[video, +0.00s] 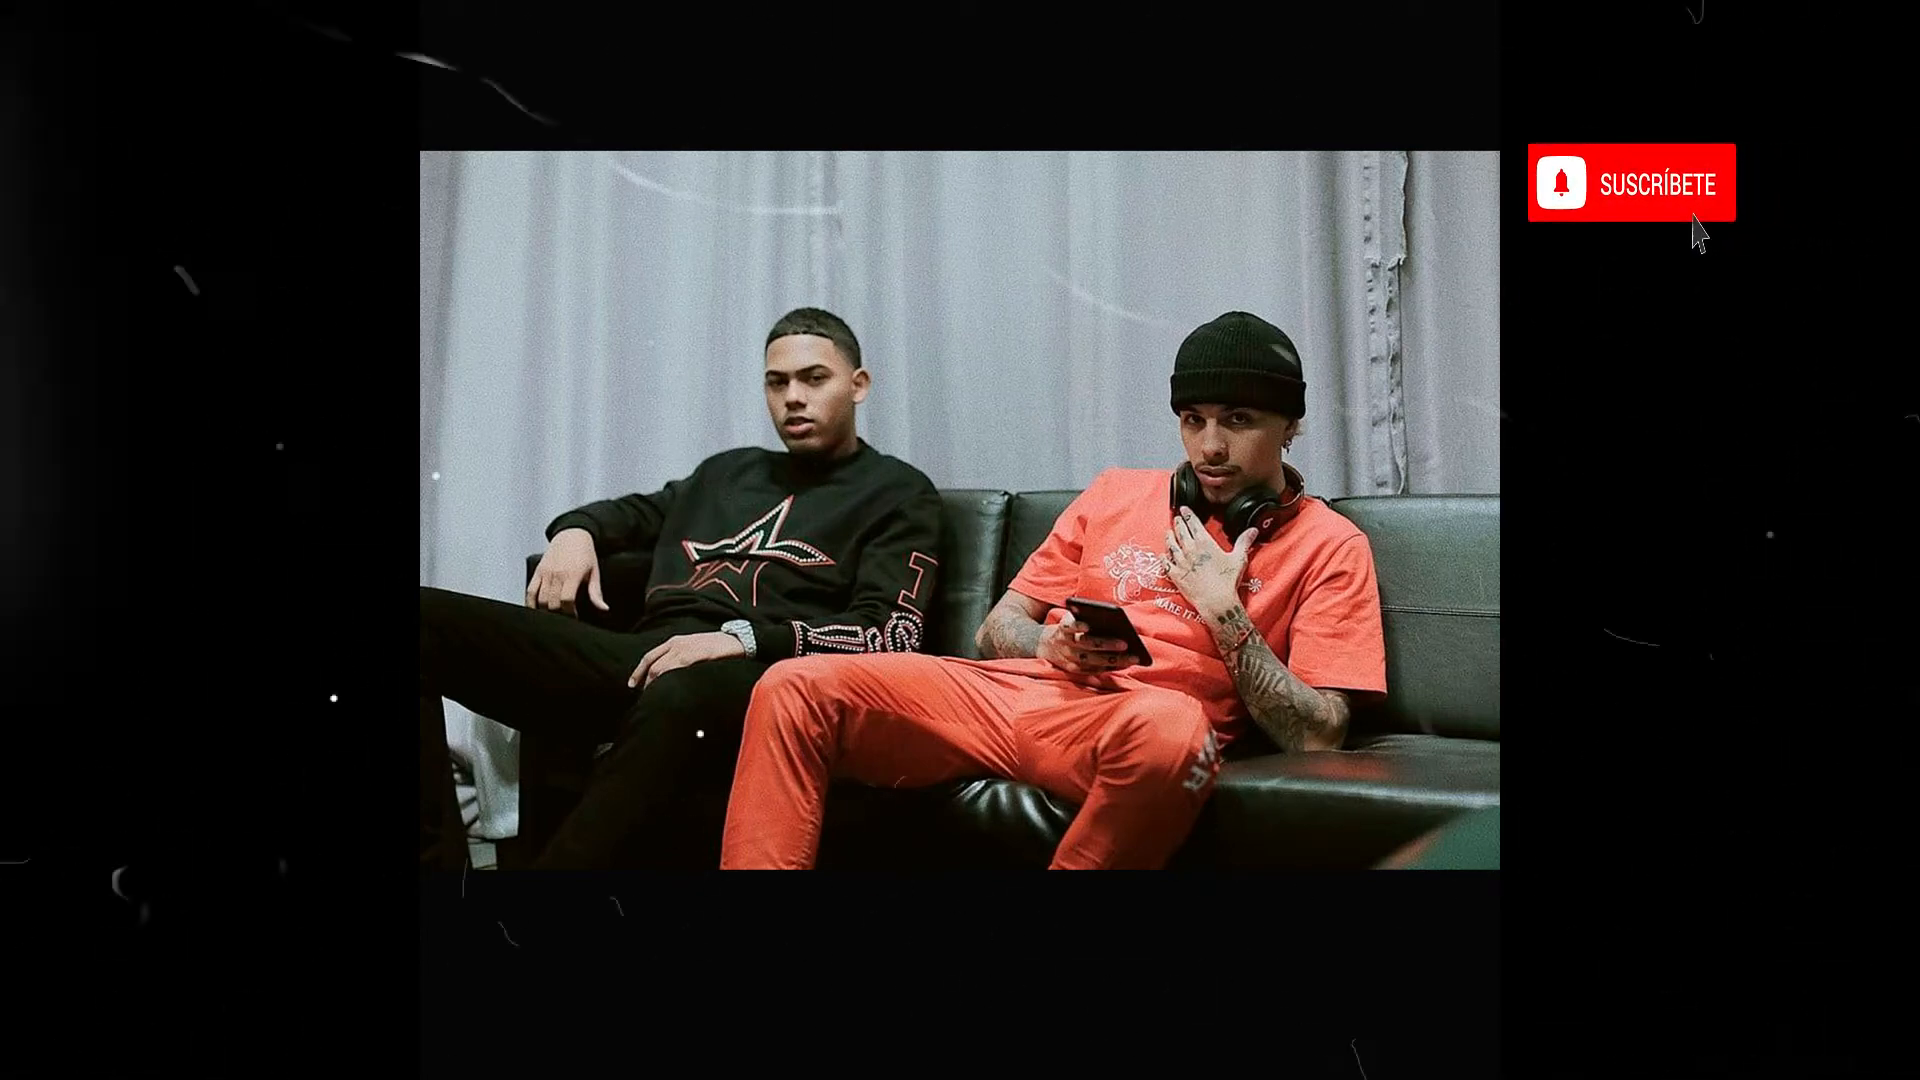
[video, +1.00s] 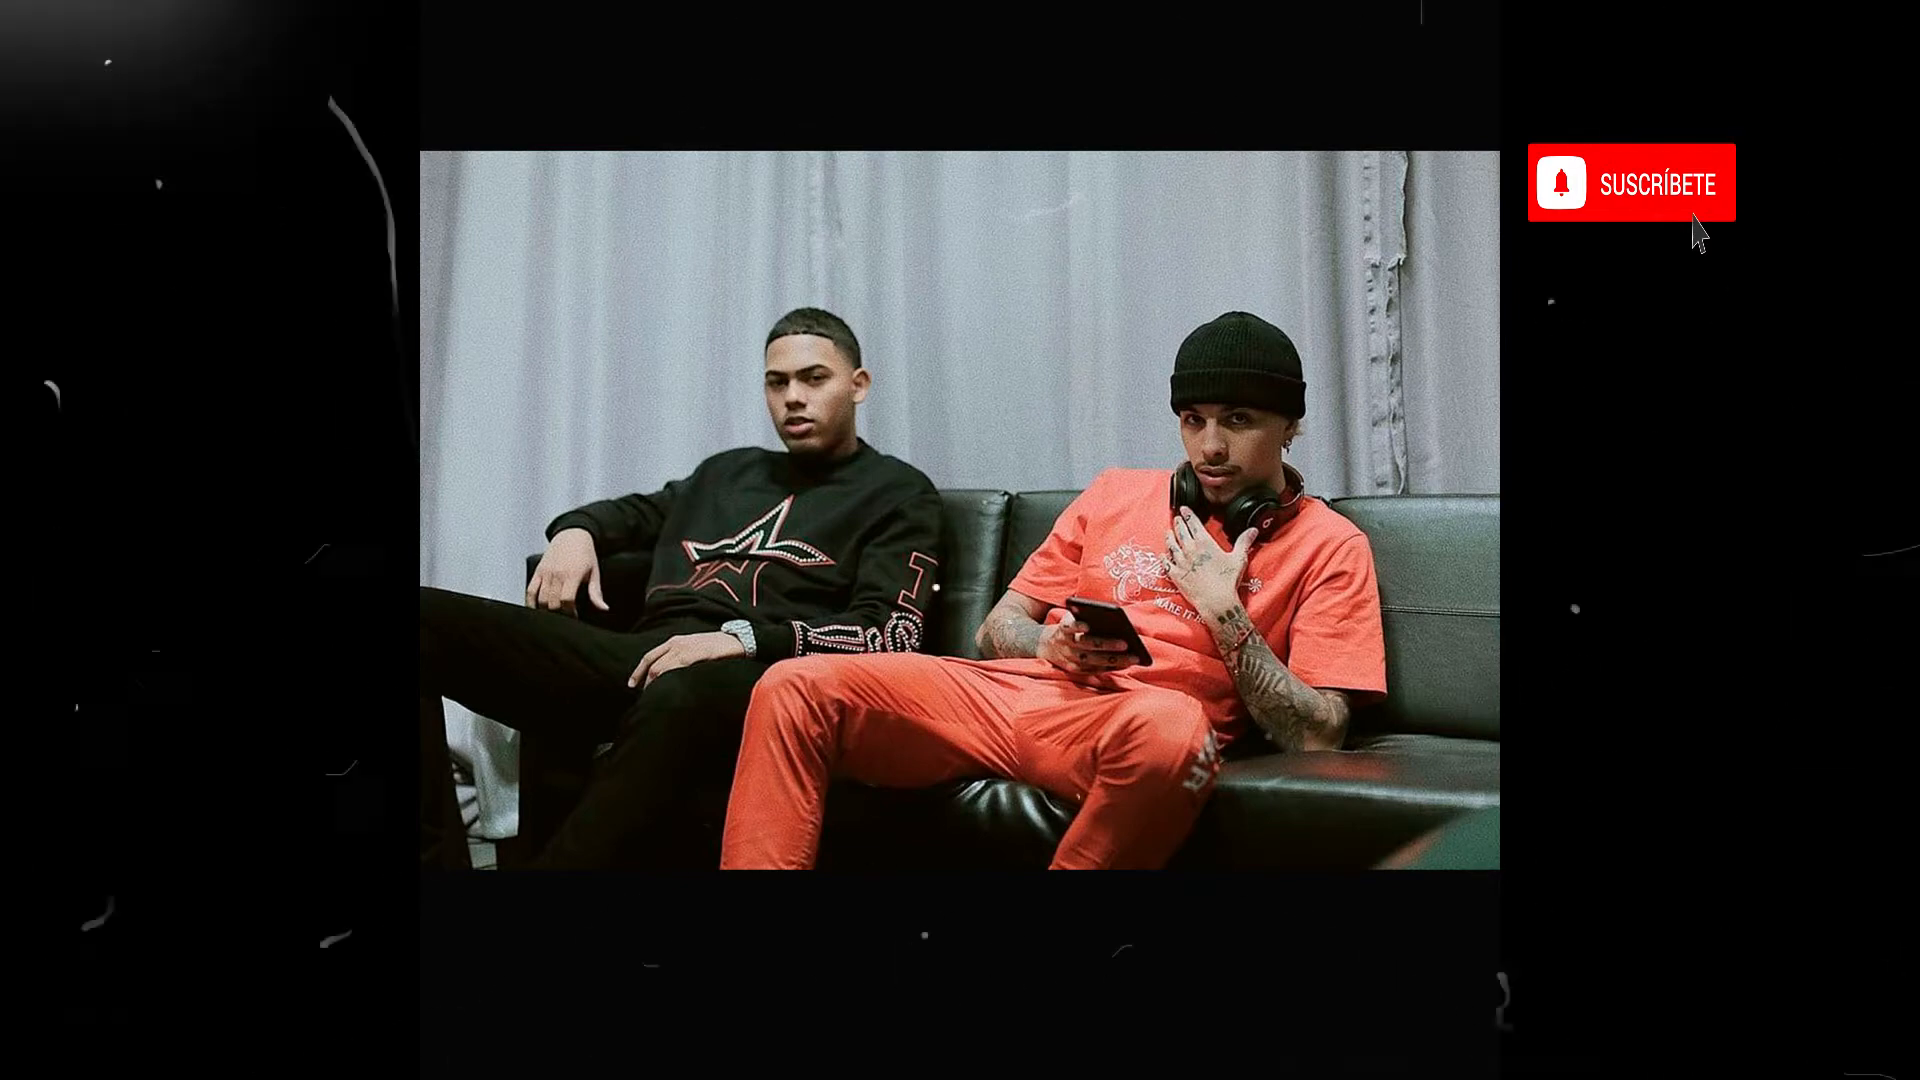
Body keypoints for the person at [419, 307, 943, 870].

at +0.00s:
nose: (793, 398)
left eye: (813, 379)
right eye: (779, 382)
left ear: (859, 385)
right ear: (765, 391)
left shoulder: (899, 493)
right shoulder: (728, 472)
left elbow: (892, 634)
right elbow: (640, 515)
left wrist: (744, 638)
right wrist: (575, 529)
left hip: (769, 680)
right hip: (637, 653)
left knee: (679, 700)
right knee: (426, 617)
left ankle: (554, 878)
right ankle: (439, 858)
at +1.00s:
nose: (793, 399)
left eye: (813, 379)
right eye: (779, 382)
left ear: (859, 385)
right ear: (765, 391)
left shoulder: (900, 493)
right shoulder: (728, 472)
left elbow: (894, 634)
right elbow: (640, 515)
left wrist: (742, 639)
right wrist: (574, 530)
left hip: (769, 681)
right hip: (637, 653)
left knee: (682, 699)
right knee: (425, 617)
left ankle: (562, 871)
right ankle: (440, 856)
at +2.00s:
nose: (793, 399)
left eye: (813, 379)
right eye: (779, 382)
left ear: (859, 385)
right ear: (765, 391)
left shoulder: (900, 494)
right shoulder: (728, 472)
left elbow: (893, 634)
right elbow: (641, 515)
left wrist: (742, 639)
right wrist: (575, 530)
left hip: (769, 681)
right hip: (637, 652)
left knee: (683, 699)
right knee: (425, 617)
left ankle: (562, 873)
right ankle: (441, 857)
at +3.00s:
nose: (793, 399)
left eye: (814, 378)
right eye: (779, 382)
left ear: (859, 385)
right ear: (765, 390)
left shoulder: (900, 494)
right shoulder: (727, 472)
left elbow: (893, 635)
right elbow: (643, 516)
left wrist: (743, 639)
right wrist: (575, 530)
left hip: (771, 681)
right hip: (637, 654)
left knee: (682, 701)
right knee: (424, 617)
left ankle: (561, 870)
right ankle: (440, 857)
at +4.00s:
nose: (793, 399)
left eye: (813, 379)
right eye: (779, 382)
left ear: (859, 385)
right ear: (765, 391)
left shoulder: (899, 494)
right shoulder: (728, 472)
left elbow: (892, 634)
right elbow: (641, 515)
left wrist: (743, 638)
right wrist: (575, 530)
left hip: (769, 681)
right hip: (637, 653)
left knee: (683, 699)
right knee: (424, 617)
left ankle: (561, 872)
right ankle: (441, 857)